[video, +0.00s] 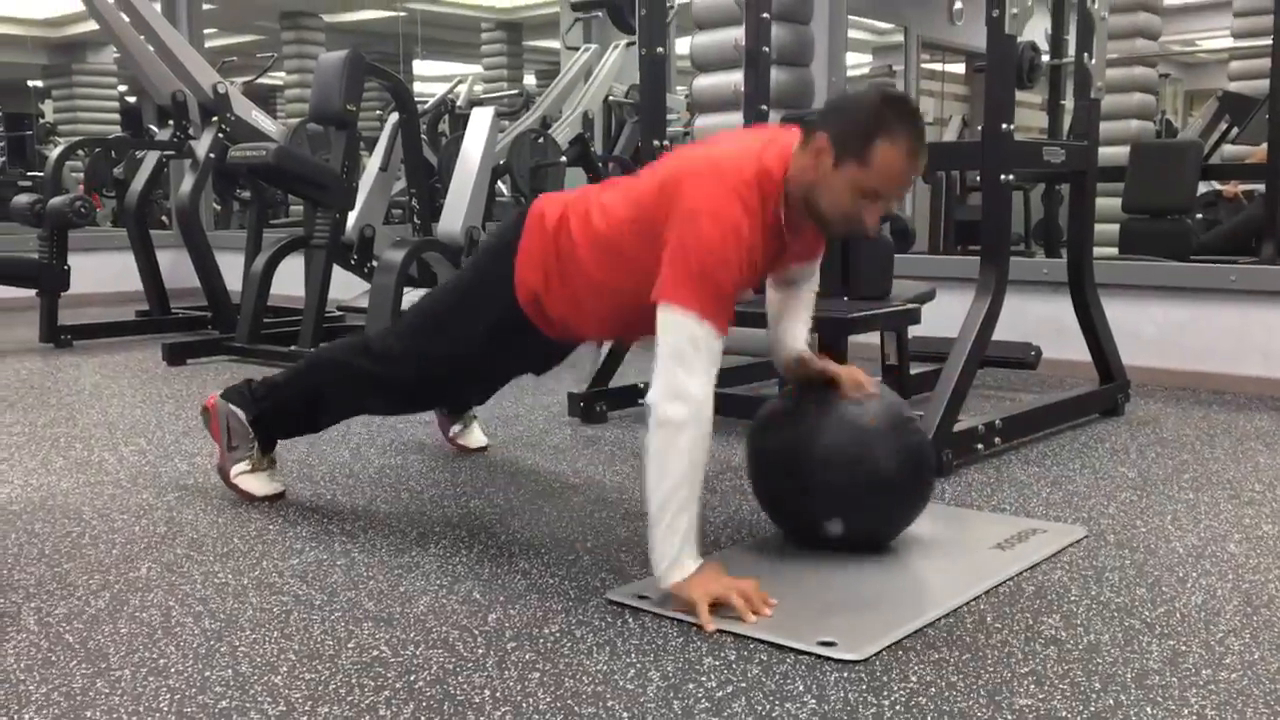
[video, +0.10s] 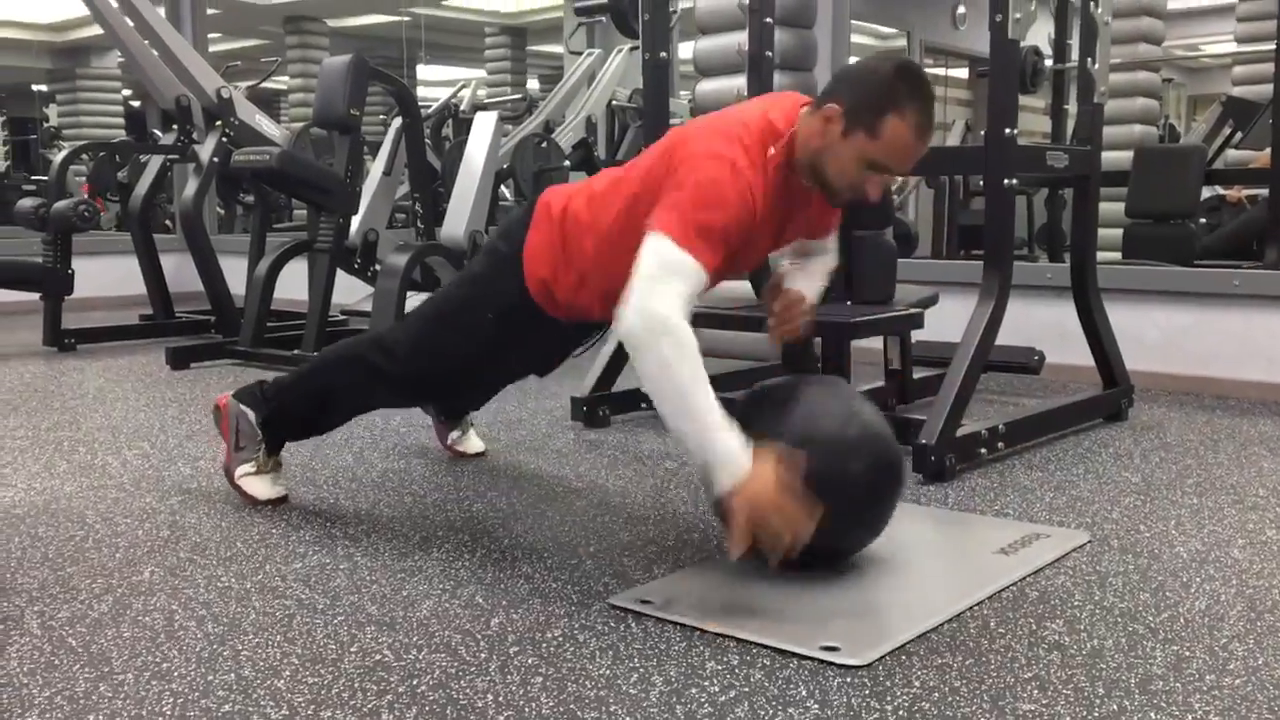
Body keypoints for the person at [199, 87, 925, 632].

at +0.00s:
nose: (873, 219)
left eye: (887, 204)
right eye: (870, 198)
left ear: (851, 165)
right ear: (818, 152)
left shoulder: (814, 189)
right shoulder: (724, 201)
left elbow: (797, 272)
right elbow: (680, 395)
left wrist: (798, 354)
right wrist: (679, 567)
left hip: (588, 294)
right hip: (535, 261)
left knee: (502, 362)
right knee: (402, 364)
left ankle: (450, 400)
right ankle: (245, 412)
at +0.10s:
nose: (881, 188)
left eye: (895, 174)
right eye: (876, 167)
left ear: (858, 137)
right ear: (827, 125)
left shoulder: (825, 148)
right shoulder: (730, 169)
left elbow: (815, 231)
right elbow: (649, 314)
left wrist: (798, 282)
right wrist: (733, 465)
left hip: (604, 285)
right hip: (552, 256)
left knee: (508, 359)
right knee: (414, 361)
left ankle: (444, 405)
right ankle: (255, 415)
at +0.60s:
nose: (959, 543)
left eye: (975, 538)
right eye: (966, 531)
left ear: (958, 472)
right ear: (940, 480)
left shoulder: (941, 419)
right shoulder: (849, 404)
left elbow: (957, 384)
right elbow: (739, 305)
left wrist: (904, 467)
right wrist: (691, 442)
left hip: (684, 446)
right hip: (649, 441)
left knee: (573, 421)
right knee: (475, 462)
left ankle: (480, 383)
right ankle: (306, 416)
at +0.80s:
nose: (976, 470)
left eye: (996, 462)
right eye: (984, 451)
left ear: (964, 408)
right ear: (952, 400)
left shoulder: (921, 379)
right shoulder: (855, 355)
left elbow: (943, 419)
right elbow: (702, 299)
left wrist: (949, 493)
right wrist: (689, 441)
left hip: (663, 399)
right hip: (631, 379)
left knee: (504, 412)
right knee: (472, 431)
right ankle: (298, 419)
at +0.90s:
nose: (975, 384)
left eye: (987, 373)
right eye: (974, 366)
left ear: (951, 330)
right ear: (930, 321)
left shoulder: (925, 329)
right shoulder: (822, 291)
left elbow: (944, 398)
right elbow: (674, 300)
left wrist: (947, 492)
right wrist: (703, 434)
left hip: (654, 388)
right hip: (614, 334)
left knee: (551, 406)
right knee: (459, 398)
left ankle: (484, 419)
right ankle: (295, 417)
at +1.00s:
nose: (954, 290)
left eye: (969, 278)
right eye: (953, 268)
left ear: (947, 256)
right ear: (905, 223)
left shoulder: (897, 291)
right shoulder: (803, 218)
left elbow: (925, 383)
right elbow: (668, 305)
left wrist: (949, 492)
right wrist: (781, 377)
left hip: (639, 333)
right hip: (595, 283)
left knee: (527, 385)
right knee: (452, 369)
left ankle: (481, 417)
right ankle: (294, 418)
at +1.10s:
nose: (932, 241)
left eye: (948, 228)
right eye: (929, 217)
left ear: (944, 212)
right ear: (885, 170)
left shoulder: (887, 232)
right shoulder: (790, 183)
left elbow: (920, 342)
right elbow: (668, 298)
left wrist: (950, 441)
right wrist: (796, 336)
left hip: (634, 311)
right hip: (580, 274)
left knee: (533, 369)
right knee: (444, 369)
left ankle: (484, 412)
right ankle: (291, 422)